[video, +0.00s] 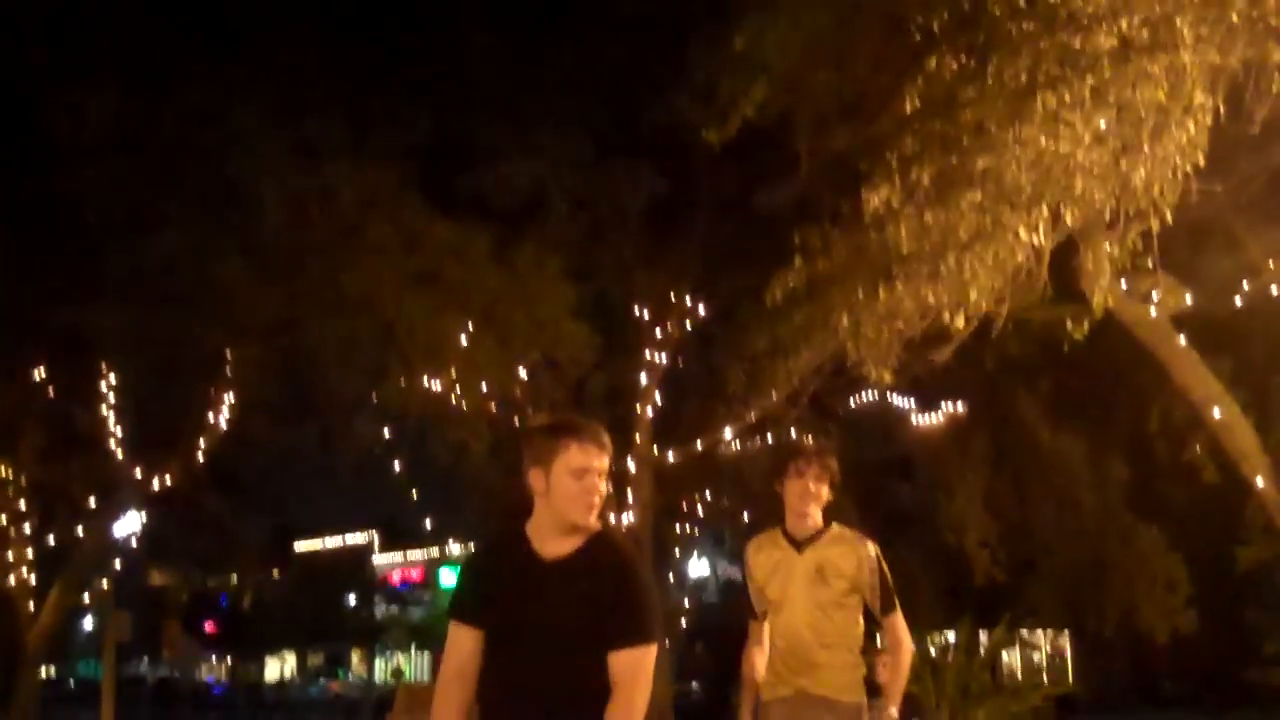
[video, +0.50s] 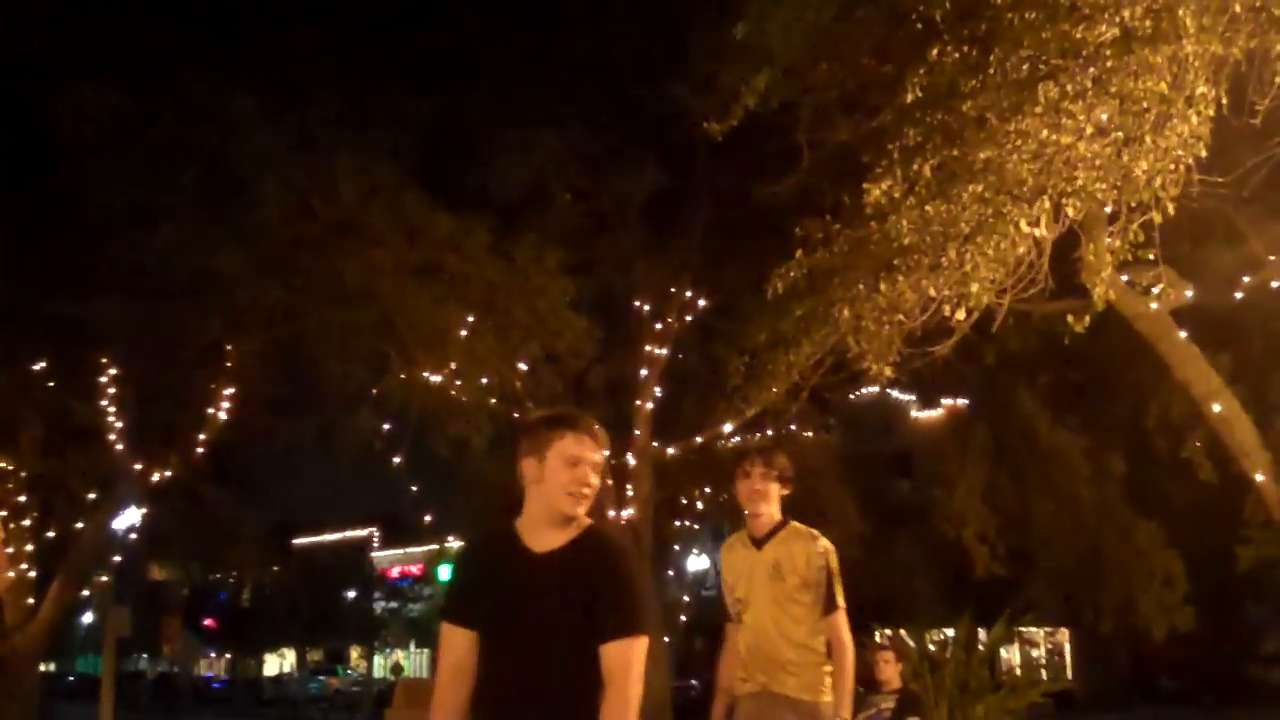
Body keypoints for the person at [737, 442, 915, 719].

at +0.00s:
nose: (809, 487)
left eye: (819, 479)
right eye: (799, 476)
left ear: (829, 492)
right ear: (781, 486)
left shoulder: (859, 551)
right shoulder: (758, 551)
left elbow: (900, 640)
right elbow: (757, 638)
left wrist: (890, 707)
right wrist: (746, 709)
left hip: (841, 702)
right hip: (778, 702)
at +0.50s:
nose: (755, 485)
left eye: (766, 476)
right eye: (746, 476)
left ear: (784, 487)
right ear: (734, 488)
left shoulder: (814, 547)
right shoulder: (729, 552)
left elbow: (840, 637)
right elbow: (733, 635)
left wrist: (843, 712)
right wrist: (718, 710)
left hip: (808, 700)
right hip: (750, 700)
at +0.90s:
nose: (747, 480)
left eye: (757, 470)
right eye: (738, 470)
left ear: (775, 477)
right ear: (728, 479)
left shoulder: (812, 533)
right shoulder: (722, 542)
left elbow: (844, 616)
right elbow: (725, 630)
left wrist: (849, 697)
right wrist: (706, 706)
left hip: (813, 686)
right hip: (755, 687)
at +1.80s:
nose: (773, 476)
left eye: (784, 467)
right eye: (763, 466)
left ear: (800, 476)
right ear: (752, 476)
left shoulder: (833, 542)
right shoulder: (738, 540)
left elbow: (852, 635)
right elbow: (735, 629)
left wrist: (857, 712)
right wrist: (714, 709)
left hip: (817, 696)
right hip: (754, 695)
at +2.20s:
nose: (732, 476)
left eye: (743, 466)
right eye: (723, 467)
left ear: (762, 474)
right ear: (712, 476)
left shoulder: (798, 537)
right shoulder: (702, 540)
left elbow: (831, 624)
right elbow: (699, 632)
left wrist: (839, 704)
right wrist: (684, 706)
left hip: (787, 695)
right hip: (726, 695)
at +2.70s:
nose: (698, 506)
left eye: (710, 494)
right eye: (689, 494)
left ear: (735, 504)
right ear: (679, 502)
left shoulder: (774, 576)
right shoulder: (664, 574)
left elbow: (813, 664)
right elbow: (652, 661)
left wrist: (820, 713)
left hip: (759, 711)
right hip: (689, 711)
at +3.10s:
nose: (622, 418)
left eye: (636, 404)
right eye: (614, 405)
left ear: (668, 405)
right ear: (605, 407)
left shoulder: (705, 462)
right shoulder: (594, 463)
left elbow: (717, 531)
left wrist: (639, 511)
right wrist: (538, 518)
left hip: (697, 631)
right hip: (620, 632)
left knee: (704, 713)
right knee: (627, 715)